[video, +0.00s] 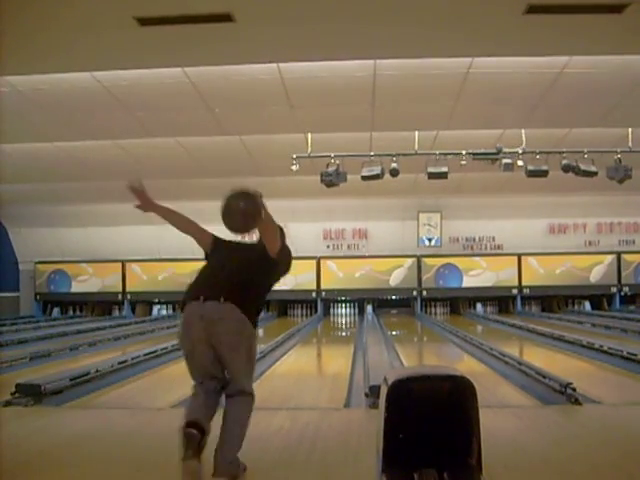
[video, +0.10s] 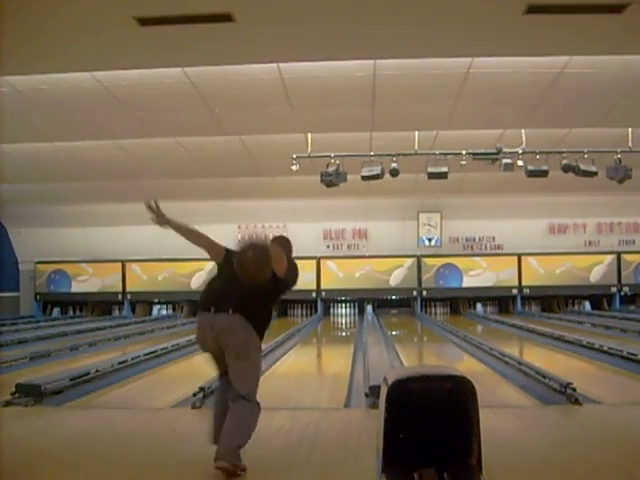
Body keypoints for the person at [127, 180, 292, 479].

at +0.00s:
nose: (281, 233)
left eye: (280, 232)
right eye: (279, 234)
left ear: (236, 228)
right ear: (276, 239)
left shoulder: (222, 248)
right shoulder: (277, 259)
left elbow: (191, 228)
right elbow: (270, 234)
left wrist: (153, 207)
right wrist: (260, 211)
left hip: (193, 308)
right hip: (232, 312)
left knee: (207, 381)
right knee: (240, 390)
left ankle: (195, 426)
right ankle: (226, 463)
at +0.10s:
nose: (288, 261)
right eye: (287, 256)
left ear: (247, 251)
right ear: (282, 256)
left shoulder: (230, 258)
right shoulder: (283, 276)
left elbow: (200, 239)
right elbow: (278, 249)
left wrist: (168, 222)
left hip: (206, 321)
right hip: (240, 326)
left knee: (227, 380)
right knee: (246, 398)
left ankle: (223, 445)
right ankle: (228, 454)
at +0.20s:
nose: (293, 264)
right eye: (294, 259)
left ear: (274, 252)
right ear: (293, 258)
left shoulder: (252, 262)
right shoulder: (291, 280)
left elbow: (220, 267)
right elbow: (278, 304)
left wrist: (188, 266)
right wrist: (278, 329)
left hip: (216, 324)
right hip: (243, 326)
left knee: (252, 375)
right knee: (248, 389)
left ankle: (262, 422)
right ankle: (229, 432)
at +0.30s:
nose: (292, 261)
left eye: (285, 255)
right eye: (294, 258)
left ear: (275, 253)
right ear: (294, 258)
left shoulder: (257, 265)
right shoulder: (298, 287)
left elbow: (226, 281)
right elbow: (296, 332)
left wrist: (192, 290)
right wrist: (298, 376)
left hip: (229, 323)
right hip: (257, 329)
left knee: (261, 365)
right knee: (248, 385)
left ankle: (275, 413)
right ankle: (216, 419)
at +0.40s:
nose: (295, 263)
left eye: (290, 258)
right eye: (297, 260)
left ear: (280, 255)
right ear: (299, 259)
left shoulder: (262, 264)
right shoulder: (302, 285)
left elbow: (230, 274)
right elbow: (308, 331)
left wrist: (192, 279)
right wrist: (315, 365)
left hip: (233, 314)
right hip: (260, 321)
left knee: (263, 366)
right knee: (243, 380)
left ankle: (277, 416)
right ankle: (191, 409)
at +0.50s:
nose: (301, 263)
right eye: (303, 259)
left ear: (287, 255)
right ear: (304, 260)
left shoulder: (272, 264)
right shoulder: (309, 282)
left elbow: (237, 272)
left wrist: (198, 271)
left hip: (239, 308)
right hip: (261, 319)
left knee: (266, 368)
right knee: (238, 370)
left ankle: (277, 415)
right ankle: (179, 383)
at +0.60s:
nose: (314, 259)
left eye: (311, 255)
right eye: (312, 256)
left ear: (293, 255)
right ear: (308, 258)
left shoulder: (276, 262)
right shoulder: (314, 273)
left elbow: (242, 272)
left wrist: (203, 277)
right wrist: (296, 238)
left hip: (246, 299)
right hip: (263, 308)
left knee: (264, 364)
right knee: (231, 358)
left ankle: (275, 414)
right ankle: (172, 362)